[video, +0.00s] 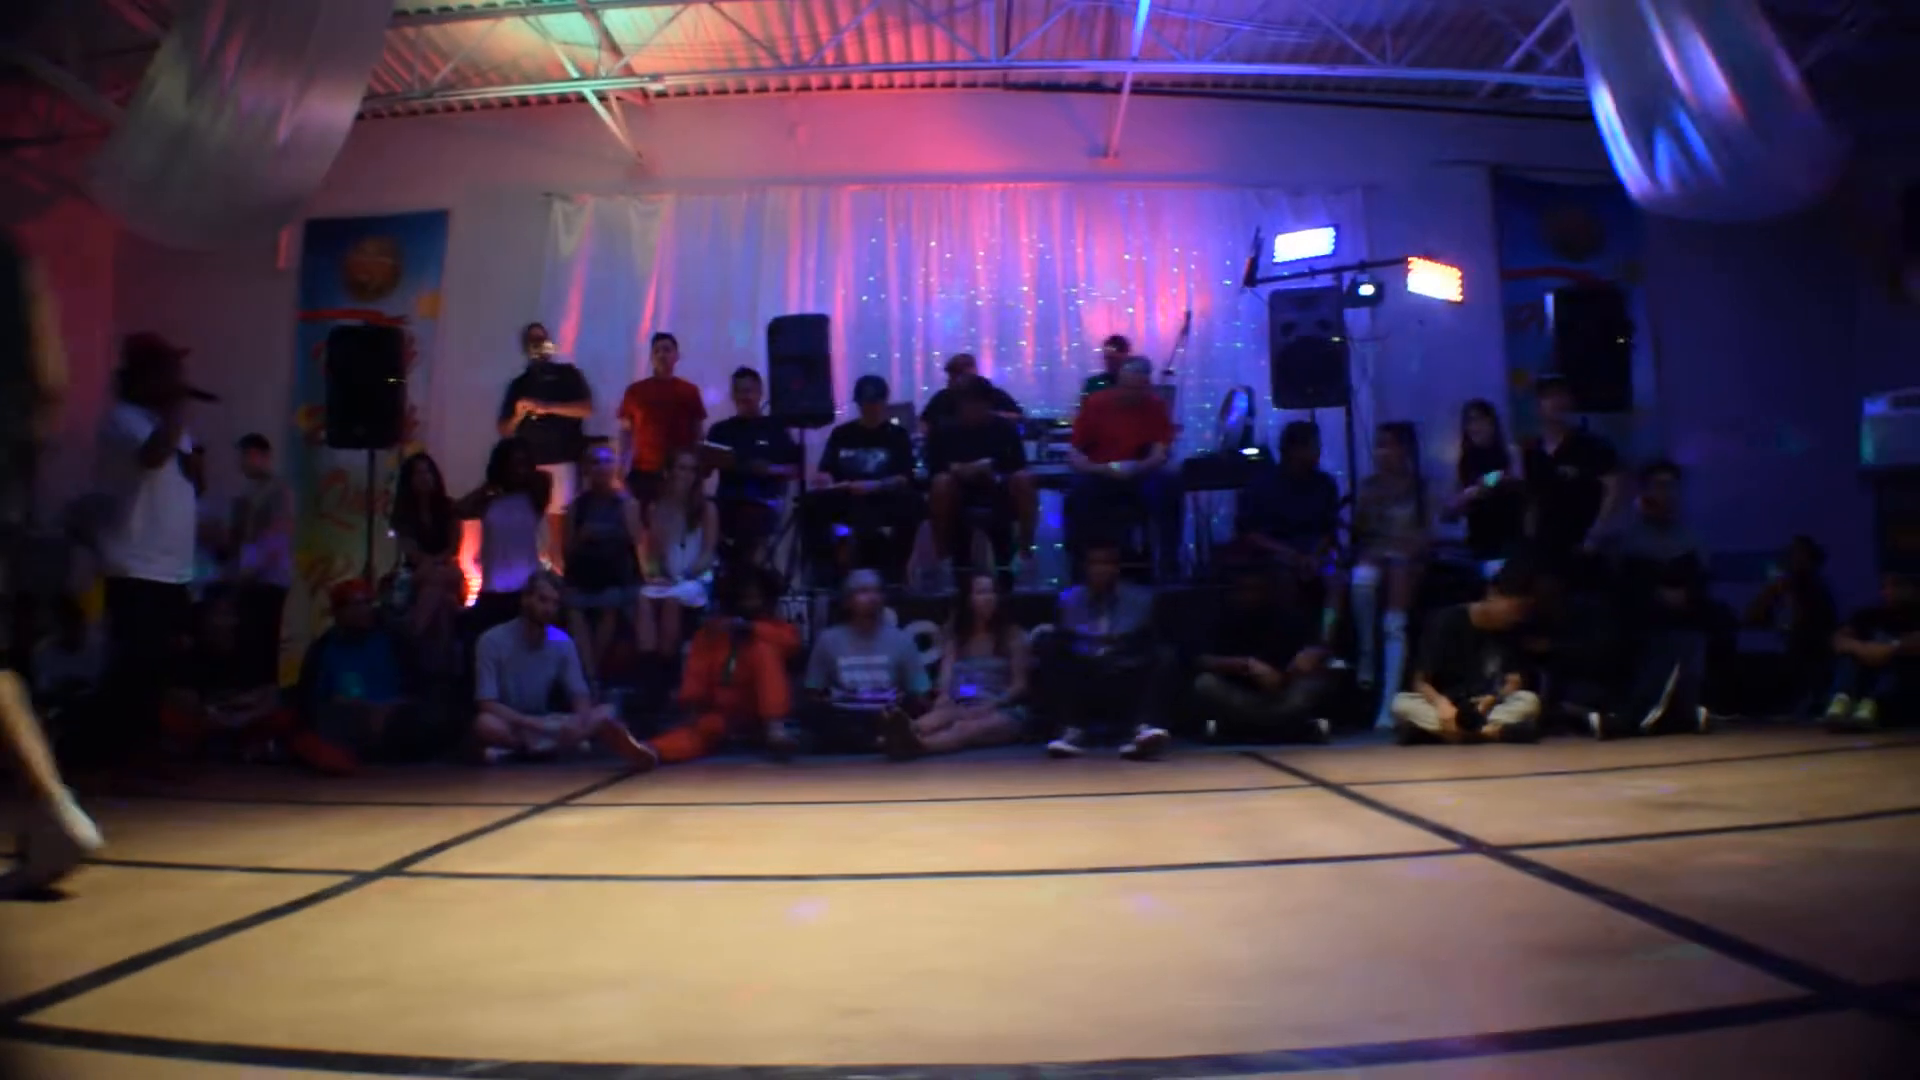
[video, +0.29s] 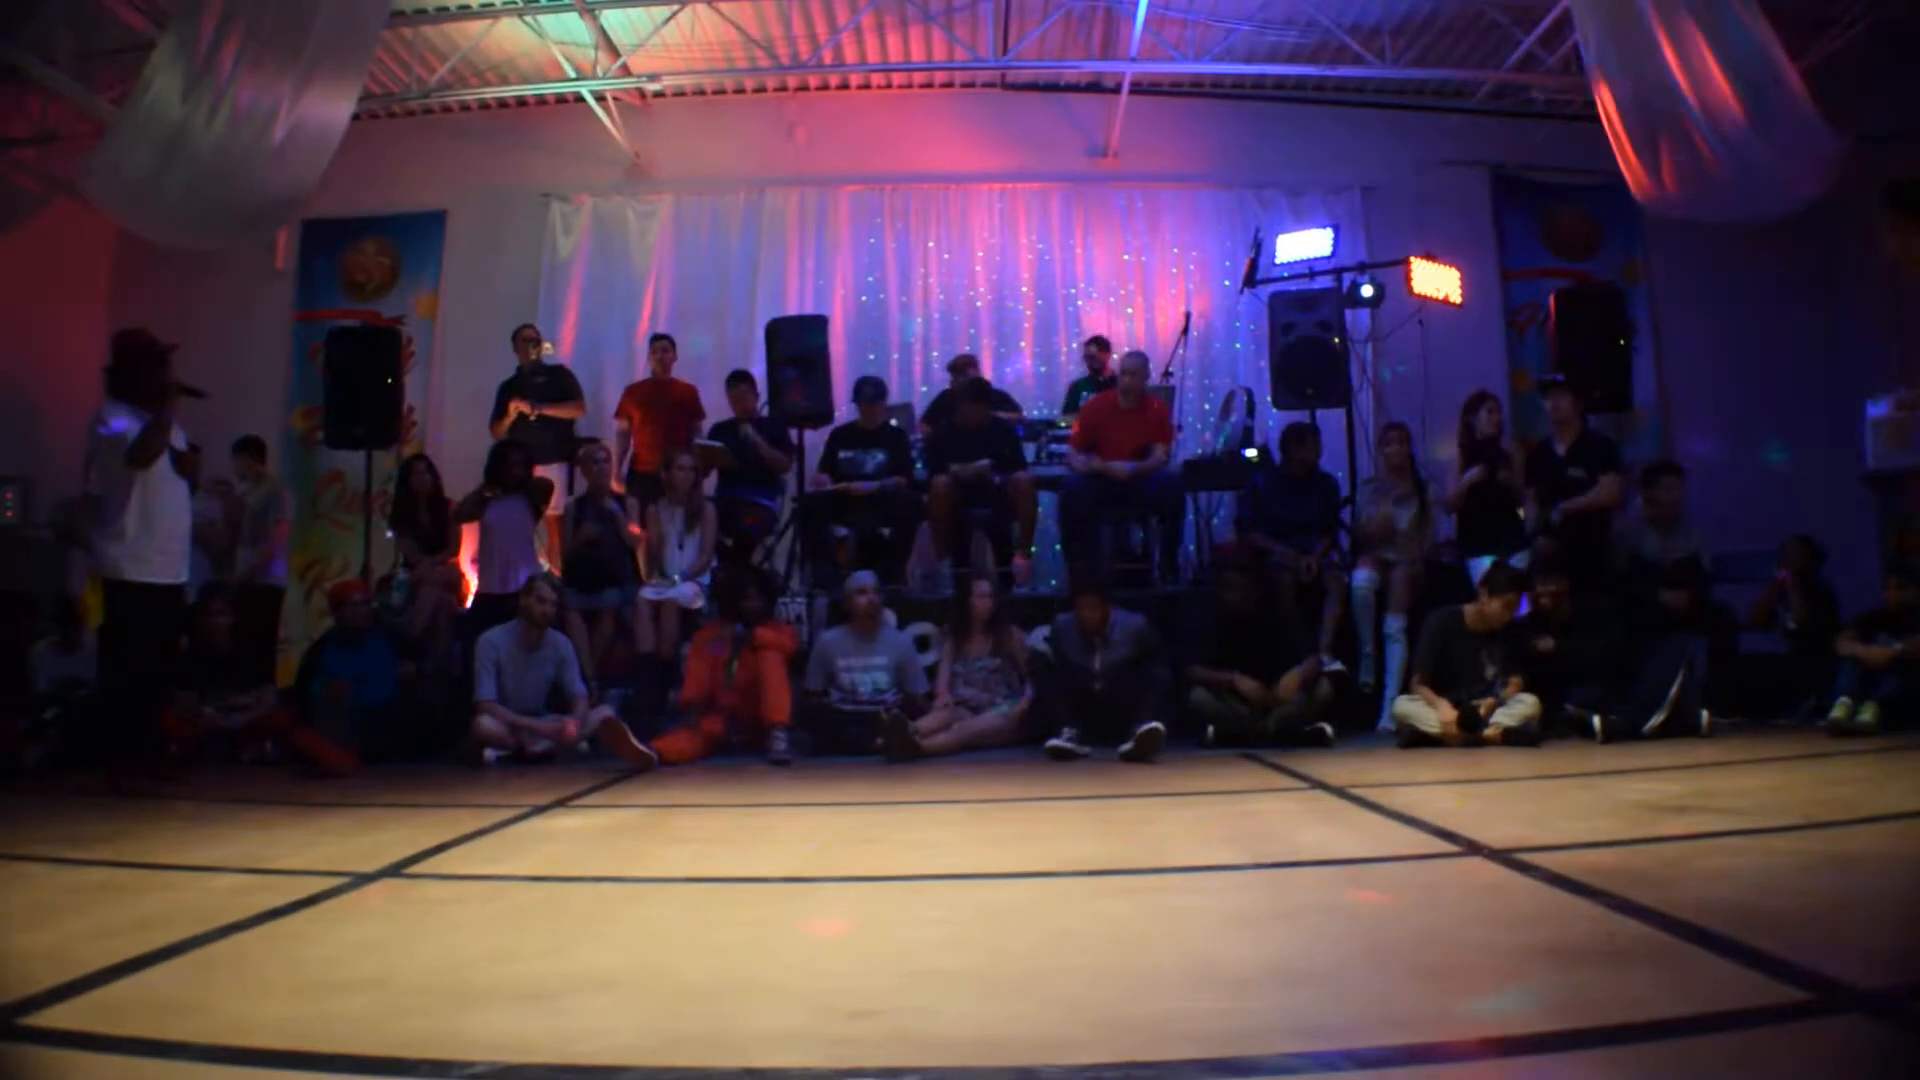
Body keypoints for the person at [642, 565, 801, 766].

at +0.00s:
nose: (747, 605)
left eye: (754, 598)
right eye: (741, 598)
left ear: (766, 601)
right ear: (728, 600)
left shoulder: (773, 629)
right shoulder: (711, 632)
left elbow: (790, 641)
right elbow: (693, 690)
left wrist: (751, 628)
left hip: (758, 710)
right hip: (722, 712)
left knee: (763, 650)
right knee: (701, 734)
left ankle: (776, 726)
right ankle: (650, 751)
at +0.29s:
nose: (750, 605)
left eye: (756, 599)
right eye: (744, 598)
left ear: (766, 601)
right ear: (730, 602)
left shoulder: (773, 629)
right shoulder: (708, 636)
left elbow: (789, 644)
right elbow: (694, 696)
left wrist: (751, 635)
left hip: (760, 715)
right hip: (721, 716)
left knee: (770, 656)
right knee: (695, 737)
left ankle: (778, 734)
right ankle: (653, 753)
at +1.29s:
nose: (775, 607)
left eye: (781, 601)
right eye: (769, 600)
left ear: (792, 604)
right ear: (755, 602)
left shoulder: (801, 632)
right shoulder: (733, 637)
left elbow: (808, 653)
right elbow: (720, 683)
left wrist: (769, 642)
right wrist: (715, 709)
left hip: (782, 714)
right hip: (744, 718)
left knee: (786, 657)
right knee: (720, 734)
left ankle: (802, 733)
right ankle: (678, 752)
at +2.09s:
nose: (773, 611)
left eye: (779, 605)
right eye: (767, 604)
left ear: (788, 608)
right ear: (753, 606)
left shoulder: (796, 636)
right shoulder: (727, 639)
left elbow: (794, 657)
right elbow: (711, 683)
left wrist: (755, 661)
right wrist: (712, 709)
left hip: (777, 714)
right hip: (739, 717)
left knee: (777, 662)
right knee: (716, 737)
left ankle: (795, 737)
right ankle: (672, 755)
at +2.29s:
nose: (763, 614)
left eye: (772, 607)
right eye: (759, 606)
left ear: (785, 612)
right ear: (751, 607)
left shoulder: (796, 636)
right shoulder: (730, 637)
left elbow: (785, 659)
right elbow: (712, 676)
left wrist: (747, 665)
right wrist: (712, 706)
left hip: (774, 714)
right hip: (738, 716)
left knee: (774, 660)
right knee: (720, 736)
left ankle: (795, 737)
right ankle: (672, 755)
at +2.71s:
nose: (762, 613)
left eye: (771, 607)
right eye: (759, 605)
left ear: (785, 613)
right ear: (750, 607)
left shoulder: (795, 637)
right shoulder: (726, 641)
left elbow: (784, 661)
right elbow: (706, 700)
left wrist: (744, 668)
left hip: (773, 719)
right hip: (736, 721)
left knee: (775, 660)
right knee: (711, 735)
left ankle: (795, 736)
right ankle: (670, 755)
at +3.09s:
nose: (760, 614)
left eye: (769, 607)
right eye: (757, 605)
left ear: (783, 612)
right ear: (749, 607)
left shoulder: (794, 637)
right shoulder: (725, 644)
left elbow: (786, 658)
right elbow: (707, 701)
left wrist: (744, 668)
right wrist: (735, 716)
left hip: (773, 720)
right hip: (738, 722)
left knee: (774, 661)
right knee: (711, 735)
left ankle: (794, 737)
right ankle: (669, 756)